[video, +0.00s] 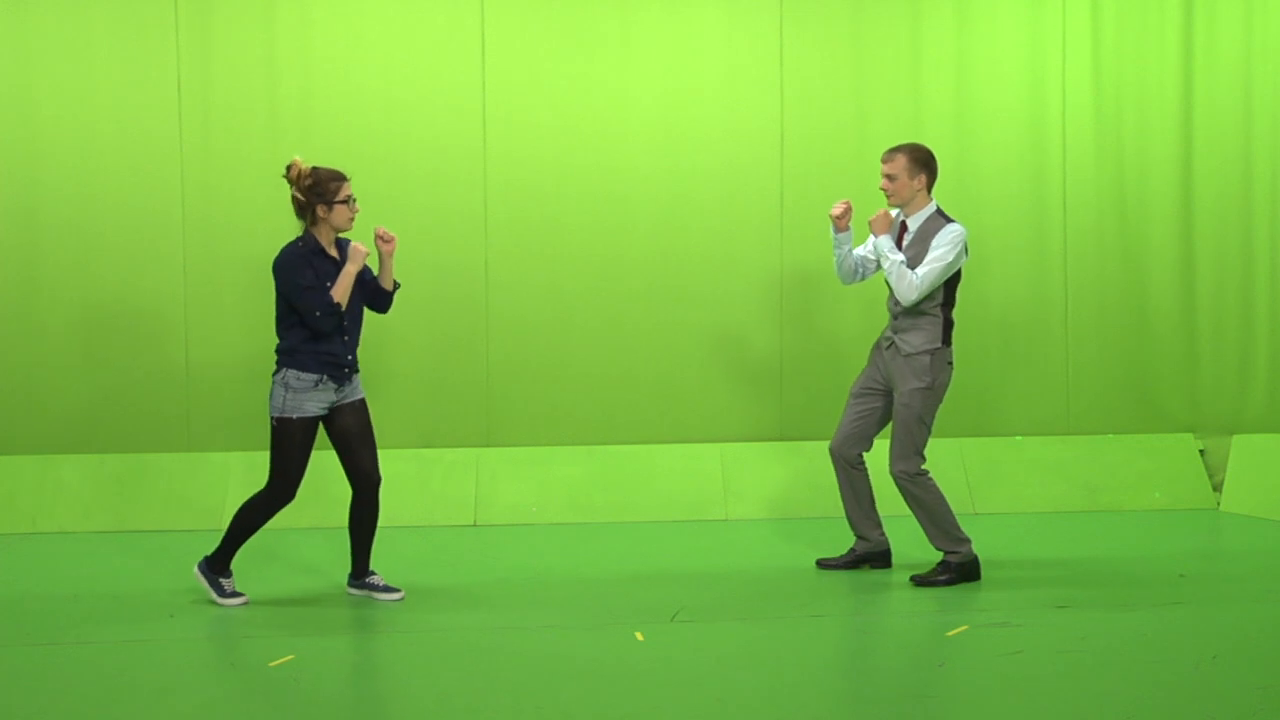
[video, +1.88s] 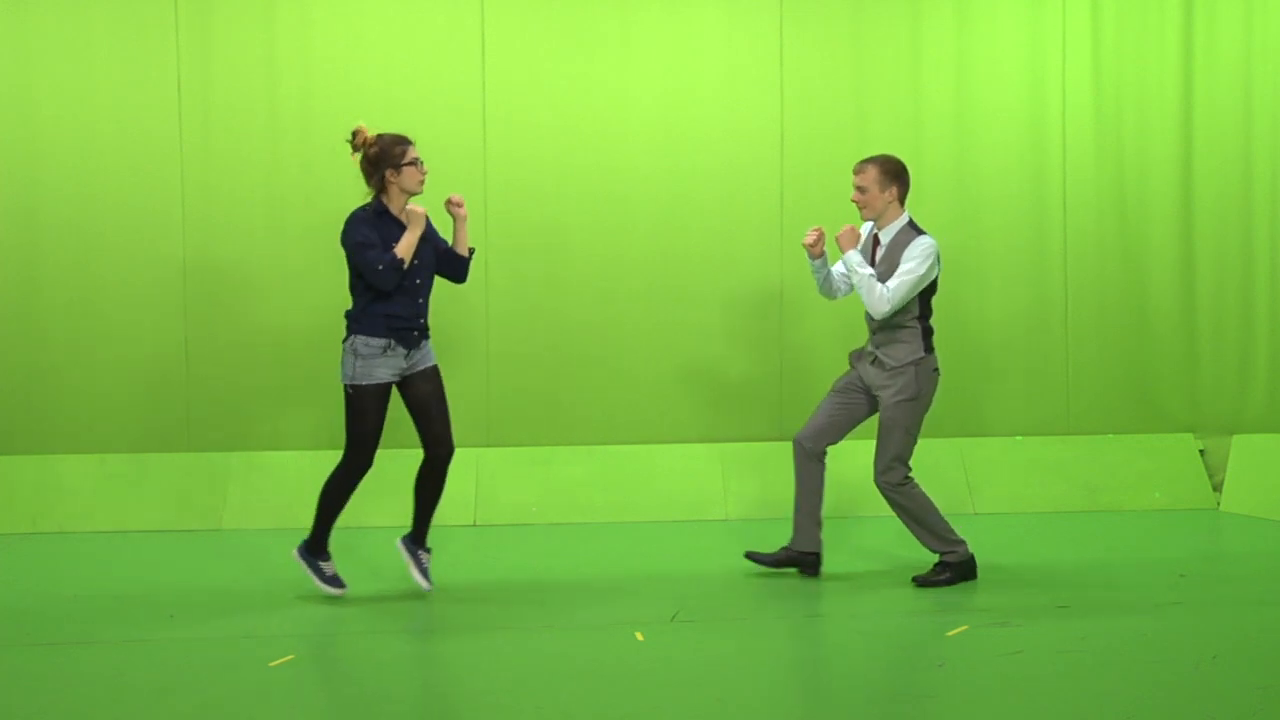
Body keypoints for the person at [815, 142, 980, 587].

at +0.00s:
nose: (884, 186)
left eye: (891, 178)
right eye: (883, 178)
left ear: (921, 181)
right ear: (899, 184)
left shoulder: (951, 235)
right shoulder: (894, 228)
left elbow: (910, 291)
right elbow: (848, 273)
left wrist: (883, 240)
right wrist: (842, 232)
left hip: (924, 361)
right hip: (887, 354)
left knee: (905, 465)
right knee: (845, 448)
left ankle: (961, 557)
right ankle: (871, 546)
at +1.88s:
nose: (855, 198)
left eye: (862, 190)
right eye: (854, 190)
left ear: (893, 193)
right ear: (882, 194)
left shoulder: (921, 248)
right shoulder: (868, 239)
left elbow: (881, 305)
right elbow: (833, 287)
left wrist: (851, 255)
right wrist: (818, 258)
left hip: (909, 370)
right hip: (871, 365)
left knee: (890, 475)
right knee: (808, 443)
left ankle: (957, 557)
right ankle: (805, 550)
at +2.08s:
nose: (811, 189)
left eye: (818, 181)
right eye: (811, 180)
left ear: (848, 184)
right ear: (838, 185)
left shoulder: (874, 237)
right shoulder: (821, 226)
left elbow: (828, 283)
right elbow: (778, 268)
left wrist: (802, 235)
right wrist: (770, 233)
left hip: (850, 364)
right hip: (809, 357)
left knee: (850, 473)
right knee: (758, 446)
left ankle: (922, 540)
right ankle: (731, 553)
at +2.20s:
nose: (779, 189)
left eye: (786, 181)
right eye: (779, 180)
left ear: (816, 185)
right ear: (807, 186)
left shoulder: (847, 237)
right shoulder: (791, 229)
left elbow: (804, 286)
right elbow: (750, 275)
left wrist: (775, 239)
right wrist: (741, 242)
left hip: (822, 367)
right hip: (780, 360)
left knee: (812, 472)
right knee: (729, 449)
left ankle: (872, 551)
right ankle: (727, 557)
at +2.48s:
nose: (752, 180)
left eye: (759, 172)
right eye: (752, 172)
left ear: (788, 176)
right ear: (775, 177)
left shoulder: (827, 224)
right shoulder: (765, 220)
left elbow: (790, 283)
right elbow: (725, 269)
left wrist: (759, 235)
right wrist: (718, 232)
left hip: (815, 352)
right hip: (771, 349)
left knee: (812, 458)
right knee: (734, 447)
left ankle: (864, 550)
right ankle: (725, 555)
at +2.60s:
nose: (755, 192)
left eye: (761, 185)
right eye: (754, 184)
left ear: (791, 188)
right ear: (777, 189)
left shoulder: (829, 236)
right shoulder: (767, 232)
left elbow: (795, 294)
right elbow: (733, 285)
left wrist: (761, 248)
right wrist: (724, 246)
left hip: (820, 366)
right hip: (776, 361)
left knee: (818, 471)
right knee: (726, 451)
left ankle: (867, 557)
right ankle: (725, 556)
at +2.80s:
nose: (756, 194)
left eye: (763, 187)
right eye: (756, 187)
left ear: (793, 191)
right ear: (779, 192)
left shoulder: (829, 240)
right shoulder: (772, 238)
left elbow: (791, 295)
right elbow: (733, 287)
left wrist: (760, 246)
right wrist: (724, 245)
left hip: (822, 369)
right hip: (779, 363)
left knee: (818, 476)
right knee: (726, 450)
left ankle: (868, 557)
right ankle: (722, 556)